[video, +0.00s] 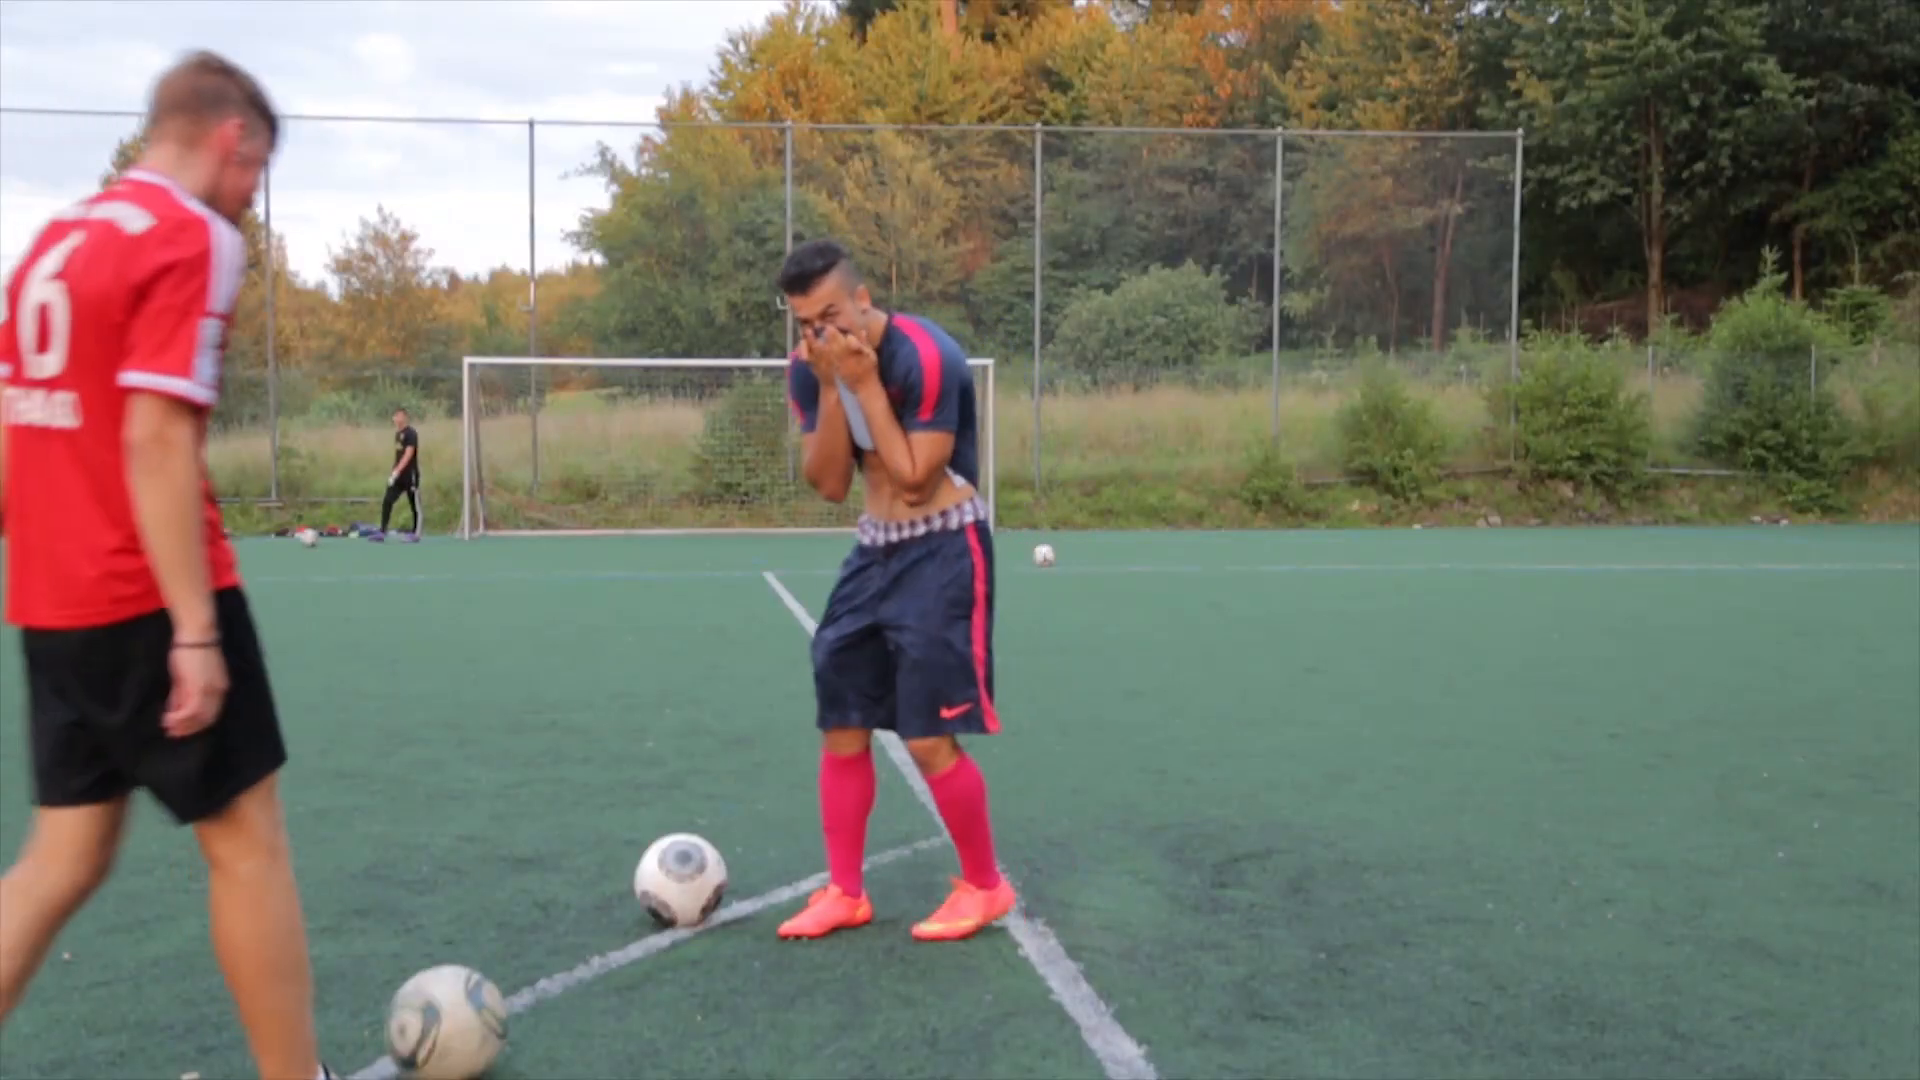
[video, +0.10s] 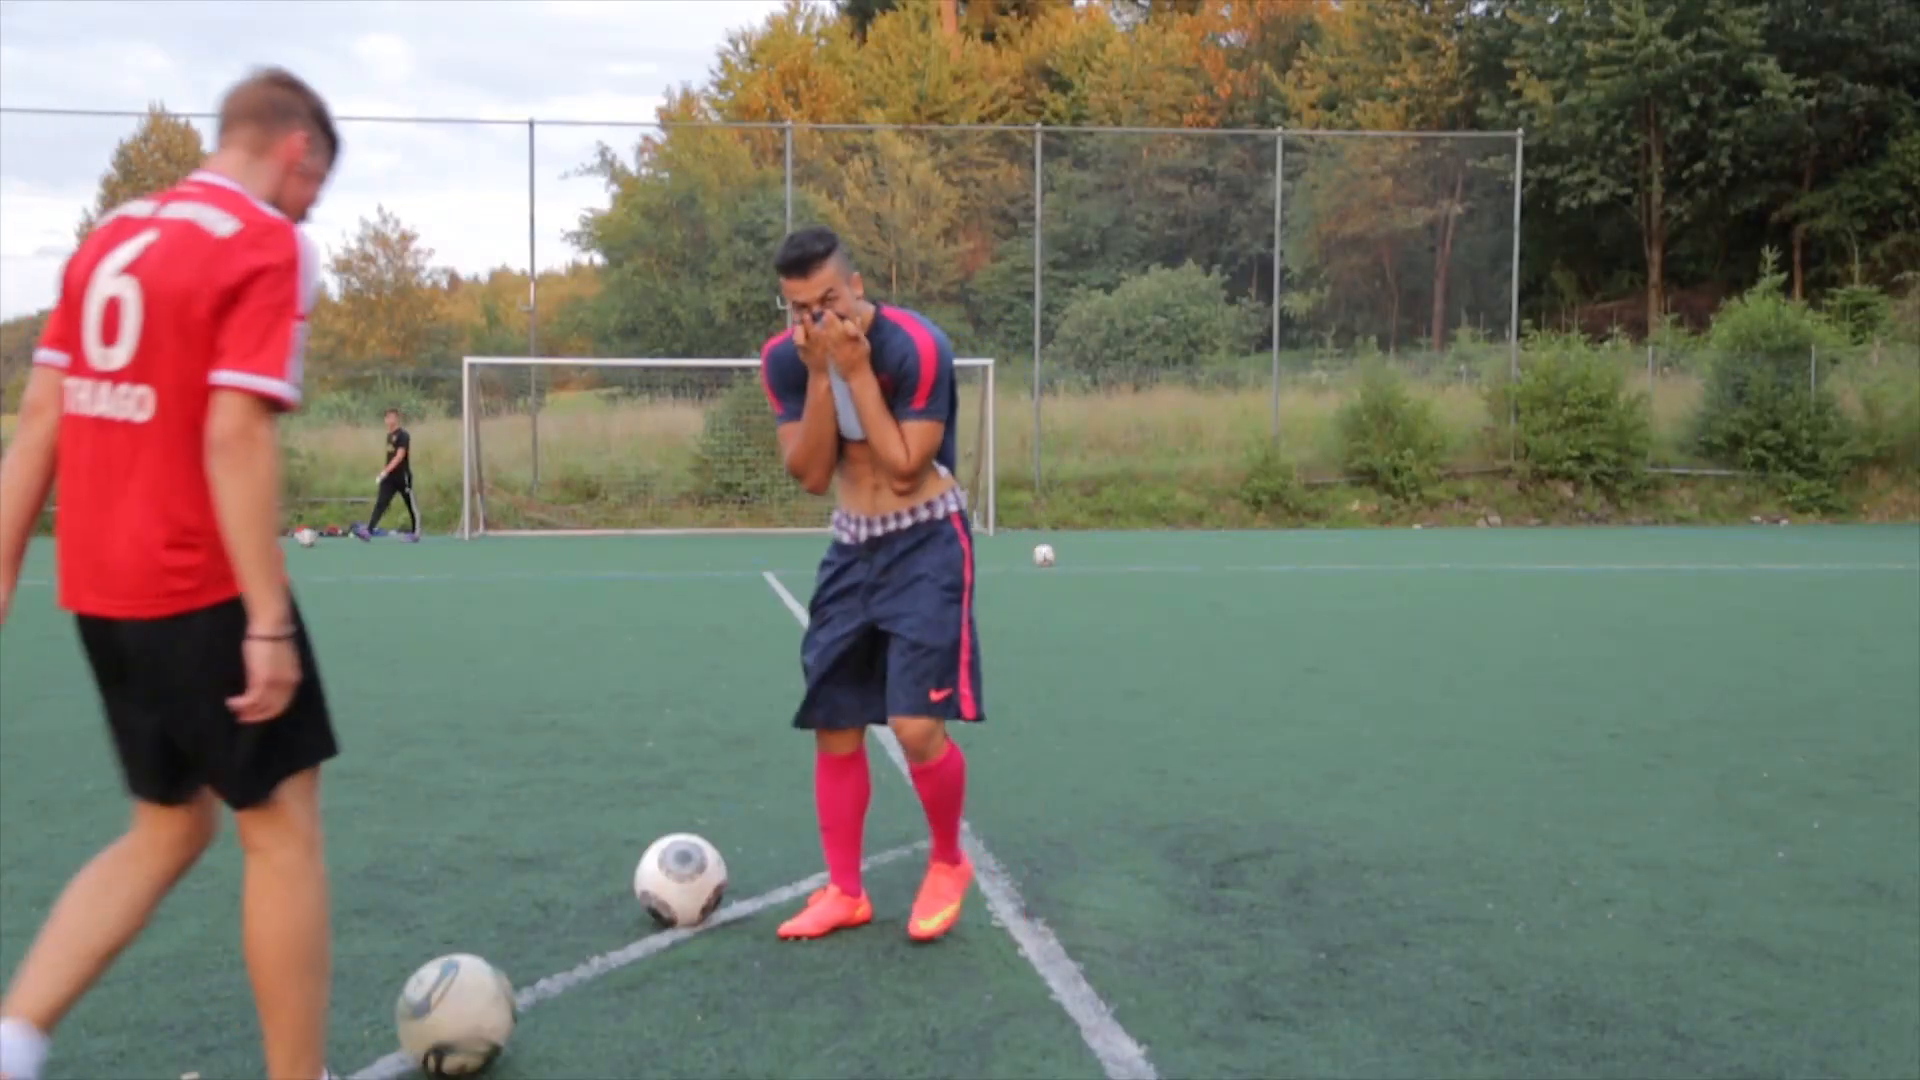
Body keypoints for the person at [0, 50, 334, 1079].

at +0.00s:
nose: (255, 193)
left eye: (261, 170)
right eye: (257, 166)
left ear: (162, 134)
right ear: (225, 138)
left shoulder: (58, 234)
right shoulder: (188, 238)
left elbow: (17, 428)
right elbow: (157, 435)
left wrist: (50, 581)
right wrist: (196, 628)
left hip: (53, 611)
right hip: (159, 606)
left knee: (63, 853)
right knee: (248, 851)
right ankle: (297, 1072)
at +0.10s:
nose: (312, 202)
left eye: (320, 184)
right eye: (319, 179)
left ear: (223, 139)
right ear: (294, 148)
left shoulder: (111, 236)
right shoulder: (265, 244)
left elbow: (40, 417)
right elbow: (236, 430)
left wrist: (7, 565)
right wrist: (272, 617)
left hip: (103, 595)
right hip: (208, 595)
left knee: (172, 822)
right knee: (283, 830)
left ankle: (15, 1042)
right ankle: (300, 1071)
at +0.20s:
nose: (355, 210)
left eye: (360, 194)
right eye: (359, 191)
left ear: (267, 148)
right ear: (339, 159)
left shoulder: (148, 233)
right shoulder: (321, 249)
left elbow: (77, 402)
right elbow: (308, 425)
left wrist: (52, 561)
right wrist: (342, 610)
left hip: (147, 579)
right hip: (259, 584)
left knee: (231, 776)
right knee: (302, 819)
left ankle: (124, 1012)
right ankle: (299, 1070)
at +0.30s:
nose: (379, 199)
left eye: (382, 186)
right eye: (384, 186)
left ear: (290, 152)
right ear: (364, 162)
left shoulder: (175, 235)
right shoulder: (365, 250)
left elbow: (111, 405)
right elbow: (367, 420)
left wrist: (124, 554)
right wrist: (402, 597)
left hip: (183, 573)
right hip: (296, 575)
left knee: (268, 750)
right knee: (315, 826)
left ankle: (233, 998)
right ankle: (299, 1068)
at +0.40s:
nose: (399, 207)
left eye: (401, 196)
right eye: (403, 194)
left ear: (308, 165)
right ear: (381, 172)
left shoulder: (200, 248)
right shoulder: (395, 254)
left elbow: (151, 416)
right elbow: (412, 424)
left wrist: (182, 550)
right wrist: (451, 592)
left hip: (224, 578)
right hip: (331, 577)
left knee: (304, 759)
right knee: (327, 834)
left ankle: (316, 970)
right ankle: (300, 1068)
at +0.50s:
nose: (417, 220)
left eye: (419, 210)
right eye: (420, 208)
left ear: (328, 178)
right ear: (402, 185)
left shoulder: (229, 265)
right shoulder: (418, 266)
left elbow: (189, 432)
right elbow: (441, 434)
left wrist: (215, 573)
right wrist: (479, 596)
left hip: (263, 581)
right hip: (364, 578)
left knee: (337, 782)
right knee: (344, 837)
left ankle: (399, 948)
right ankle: (297, 1070)